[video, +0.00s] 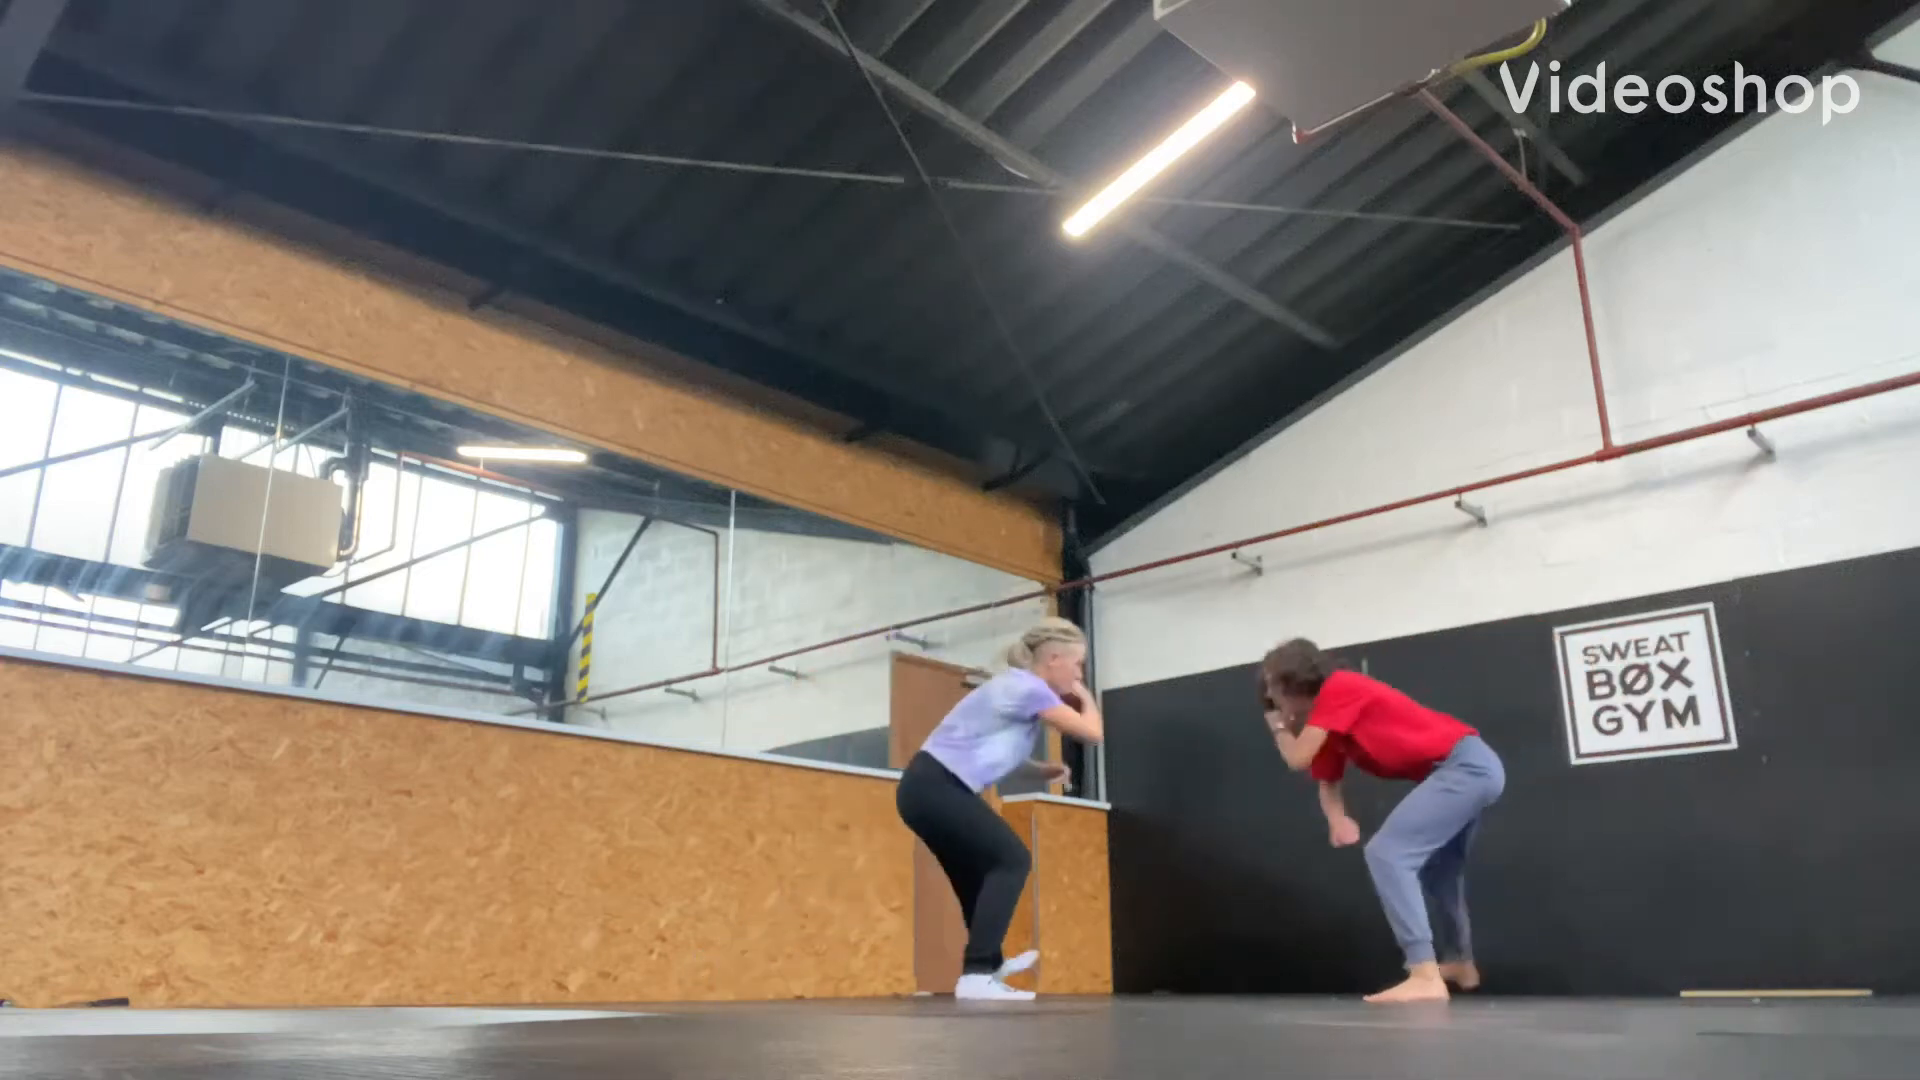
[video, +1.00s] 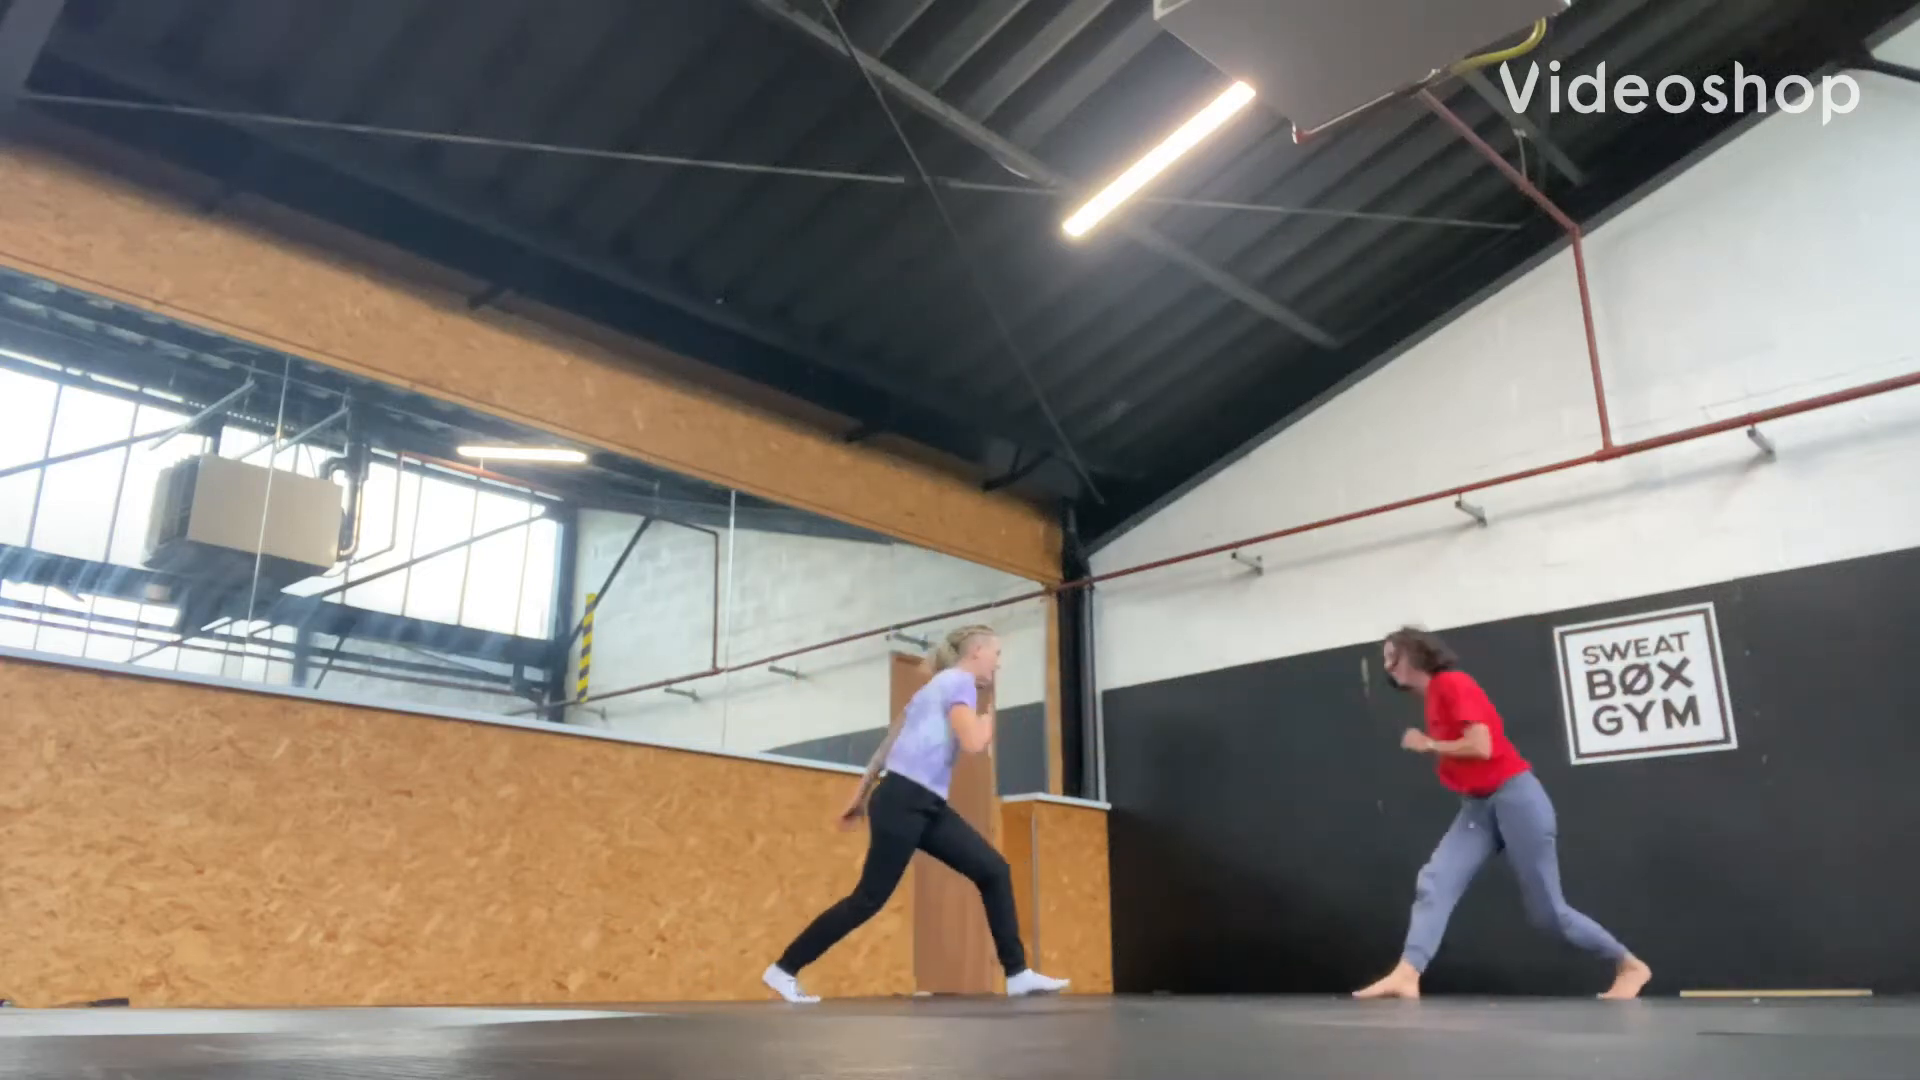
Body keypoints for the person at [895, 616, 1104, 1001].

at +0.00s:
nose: (1080, 675)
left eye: (1081, 666)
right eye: (1077, 664)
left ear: (1049, 662)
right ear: (1050, 662)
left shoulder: (1012, 689)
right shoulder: (1027, 687)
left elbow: (993, 756)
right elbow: (1092, 731)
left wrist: (1039, 770)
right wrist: (1083, 694)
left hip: (927, 787)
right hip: (936, 786)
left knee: (974, 879)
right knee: (1013, 859)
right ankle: (977, 977)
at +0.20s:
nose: (1085, 694)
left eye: (1087, 686)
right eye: (1083, 684)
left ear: (1056, 680)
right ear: (1059, 679)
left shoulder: (1036, 708)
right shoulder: (1034, 703)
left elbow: (1067, 746)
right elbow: (1037, 774)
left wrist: (1110, 750)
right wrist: (1050, 737)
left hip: (952, 801)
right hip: (945, 799)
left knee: (1014, 877)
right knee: (1011, 876)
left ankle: (1007, 978)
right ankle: (976, 977)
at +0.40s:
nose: (1093, 702)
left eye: (1094, 694)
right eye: (1091, 692)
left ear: (1068, 687)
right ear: (1069, 685)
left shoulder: (1044, 715)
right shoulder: (1040, 703)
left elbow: (1050, 747)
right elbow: (1019, 756)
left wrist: (1094, 761)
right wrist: (1046, 768)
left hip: (963, 797)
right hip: (944, 783)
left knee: (1009, 873)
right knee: (944, 871)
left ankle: (1009, 979)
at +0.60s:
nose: (1068, 675)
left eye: (1069, 667)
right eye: (1065, 665)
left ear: (1036, 664)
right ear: (1043, 661)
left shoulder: (1013, 685)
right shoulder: (1028, 683)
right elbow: (1053, 737)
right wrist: (1052, 723)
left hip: (960, 793)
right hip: (940, 778)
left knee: (1002, 873)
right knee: (903, 874)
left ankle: (1008, 979)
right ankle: (806, 942)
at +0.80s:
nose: (1018, 655)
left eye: (1019, 647)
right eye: (1015, 646)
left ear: (987, 644)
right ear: (996, 643)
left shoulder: (953, 674)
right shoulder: (981, 668)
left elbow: (897, 719)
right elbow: (999, 725)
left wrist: (860, 758)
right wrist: (1001, 709)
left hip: (934, 792)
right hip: (914, 784)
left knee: (985, 872)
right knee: (876, 881)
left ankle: (1005, 978)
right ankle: (793, 961)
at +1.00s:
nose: (998, 662)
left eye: (998, 654)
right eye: (994, 653)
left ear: (968, 655)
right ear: (973, 652)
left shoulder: (936, 687)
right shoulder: (957, 681)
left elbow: (890, 743)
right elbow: (974, 739)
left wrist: (861, 794)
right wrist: (988, 703)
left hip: (925, 807)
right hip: (903, 800)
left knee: (993, 870)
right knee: (869, 897)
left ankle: (1017, 974)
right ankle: (783, 970)